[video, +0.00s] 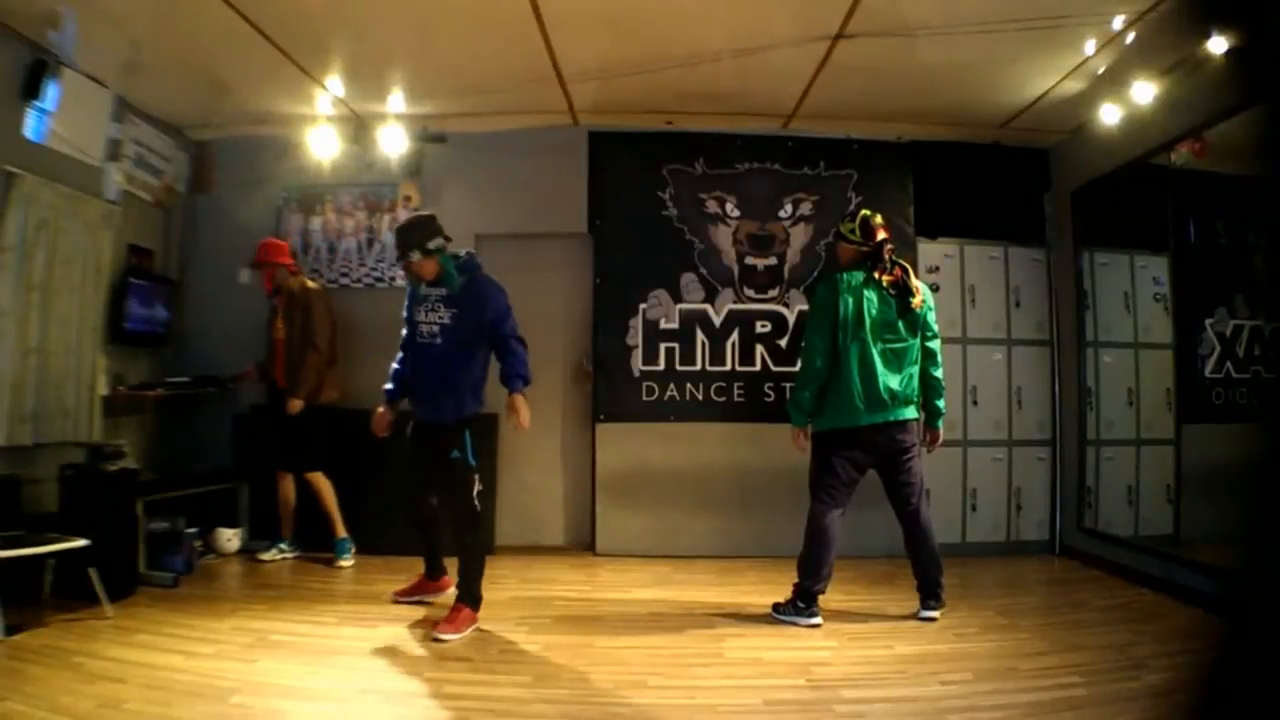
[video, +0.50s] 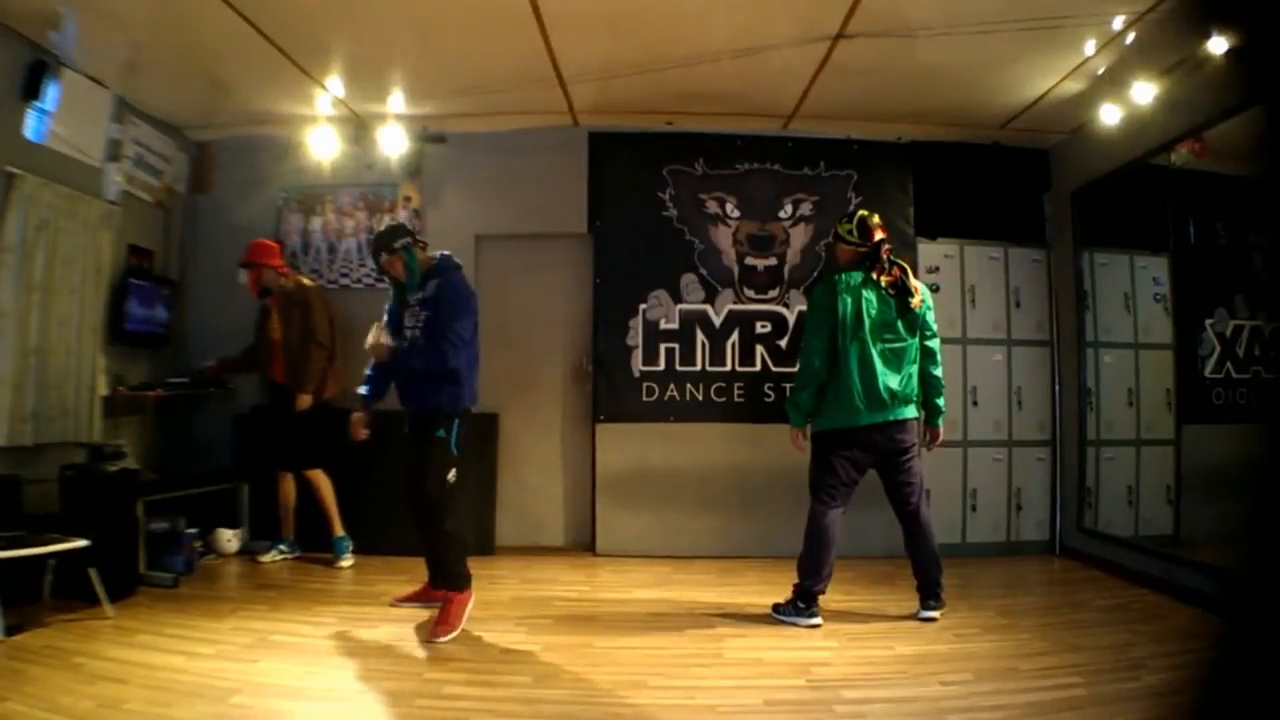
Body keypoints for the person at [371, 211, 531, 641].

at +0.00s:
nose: (409, 270)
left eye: (413, 261)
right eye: (406, 262)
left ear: (434, 253)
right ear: (415, 258)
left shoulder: (479, 289)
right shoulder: (419, 289)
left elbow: (508, 339)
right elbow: (409, 348)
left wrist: (516, 389)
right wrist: (390, 398)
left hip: (466, 414)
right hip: (425, 414)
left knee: (467, 508)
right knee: (421, 496)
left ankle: (468, 604)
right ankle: (435, 574)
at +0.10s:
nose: (403, 270)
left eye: (405, 261)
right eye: (399, 262)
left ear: (425, 252)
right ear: (406, 258)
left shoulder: (466, 280)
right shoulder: (418, 286)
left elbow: (497, 330)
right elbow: (418, 348)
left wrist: (502, 382)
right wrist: (410, 401)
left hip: (468, 411)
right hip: (430, 411)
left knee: (468, 506)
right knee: (422, 496)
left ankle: (467, 603)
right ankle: (437, 578)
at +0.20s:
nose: (396, 269)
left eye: (398, 259)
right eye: (392, 261)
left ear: (417, 250)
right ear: (403, 255)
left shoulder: (460, 282)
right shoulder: (415, 284)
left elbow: (480, 335)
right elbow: (421, 340)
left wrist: (471, 379)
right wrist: (416, 388)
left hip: (455, 410)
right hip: (425, 408)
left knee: (462, 502)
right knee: (424, 494)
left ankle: (468, 603)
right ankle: (438, 581)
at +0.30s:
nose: (392, 268)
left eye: (394, 258)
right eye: (388, 261)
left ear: (413, 248)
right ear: (397, 255)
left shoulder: (455, 280)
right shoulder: (408, 283)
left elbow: (458, 342)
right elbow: (413, 340)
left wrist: (437, 389)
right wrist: (411, 390)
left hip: (450, 407)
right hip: (420, 404)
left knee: (453, 503)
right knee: (423, 495)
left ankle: (465, 601)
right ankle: (437, 581)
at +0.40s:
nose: (390, 270)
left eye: (392, 260)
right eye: (385, 263)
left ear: (411, 249)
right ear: (387, 262)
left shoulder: (453, 285)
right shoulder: (402, 291)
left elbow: (453, 353)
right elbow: (399, 348)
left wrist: (401, 381)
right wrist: (398, 398)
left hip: (450, 406)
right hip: (420, 406)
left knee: (440, 496)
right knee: (419, 493)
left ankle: (461, 594)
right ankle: (437, 581)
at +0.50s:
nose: (388, 273)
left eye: (389, 264)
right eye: (383, 266)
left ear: (407, 252)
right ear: (389, 263)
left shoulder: (450, 285)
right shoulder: (404, 293)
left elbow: (449, 351)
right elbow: (386, 351)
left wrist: (393, 351)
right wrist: (365, 404)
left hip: (449, 406)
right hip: (419, 406)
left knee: (435, 493)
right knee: (419, 491)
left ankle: (459, 587)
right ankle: (438, 582)